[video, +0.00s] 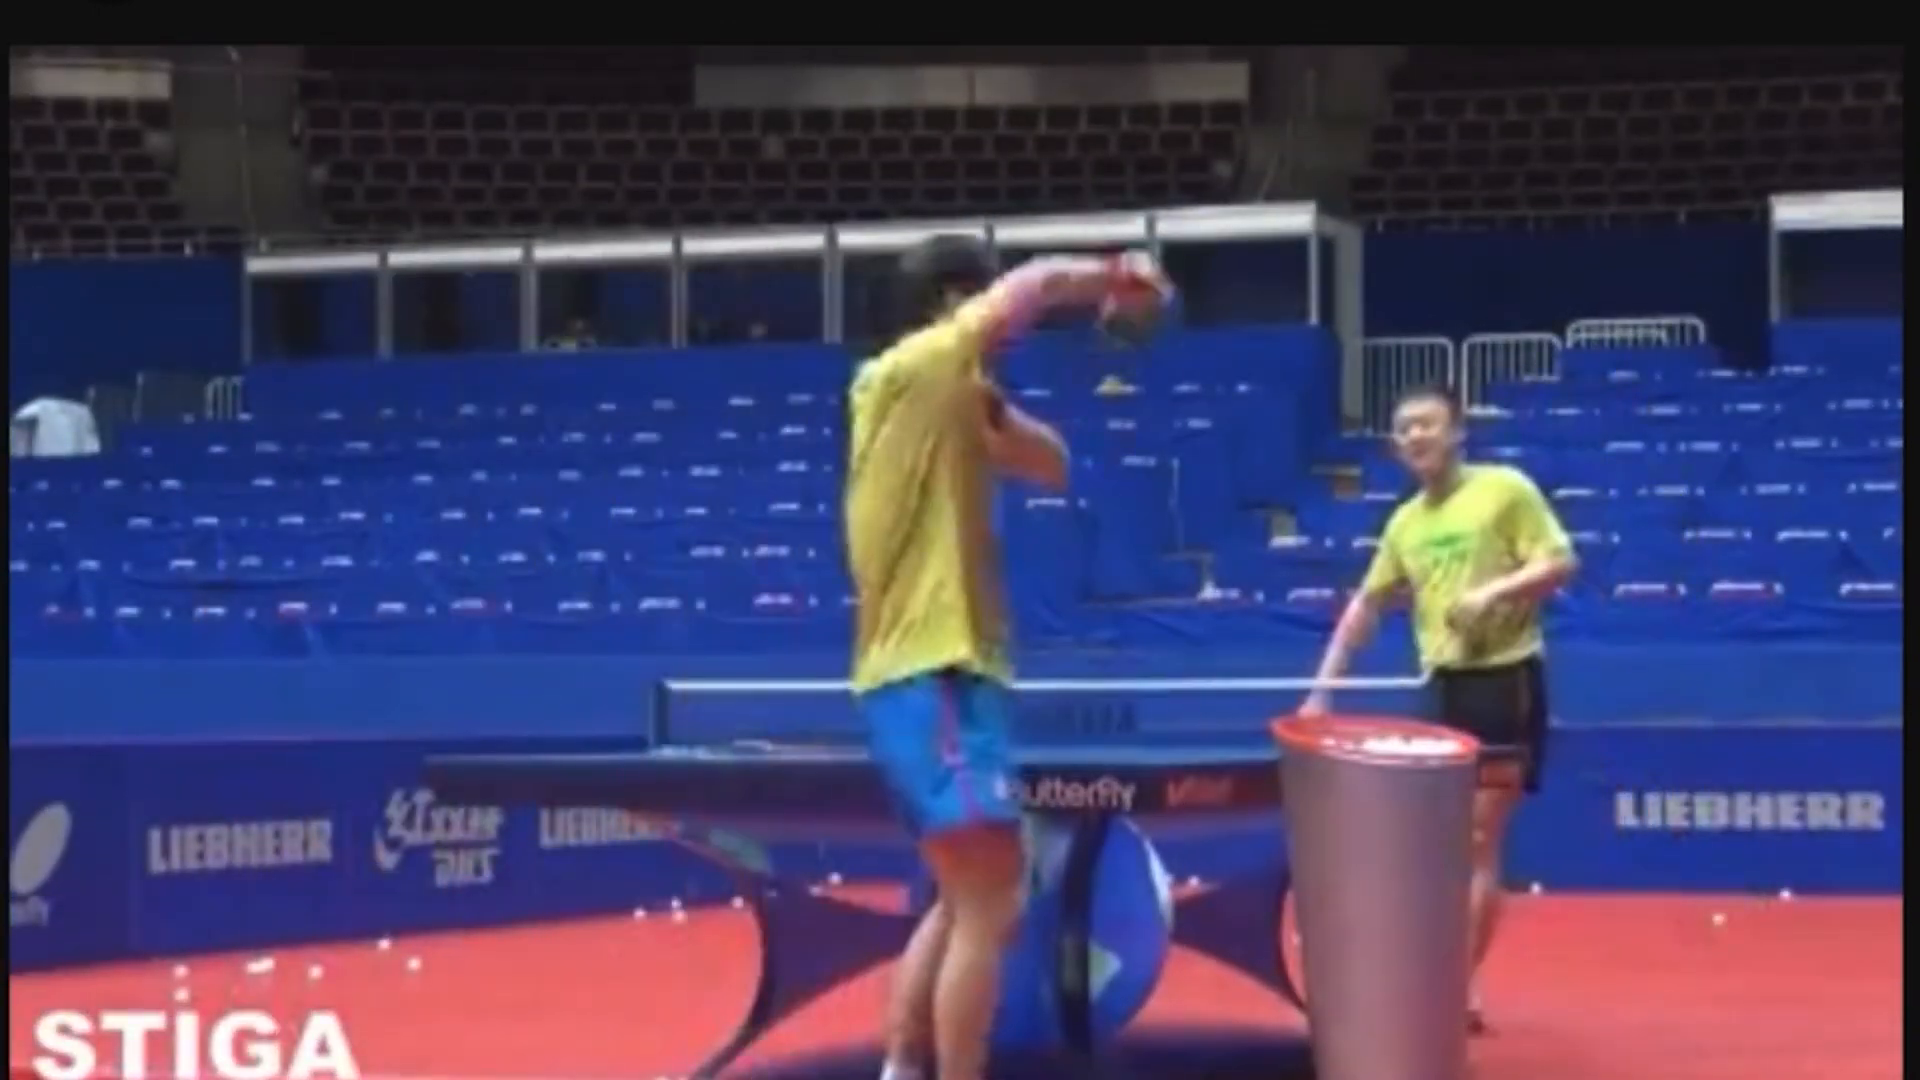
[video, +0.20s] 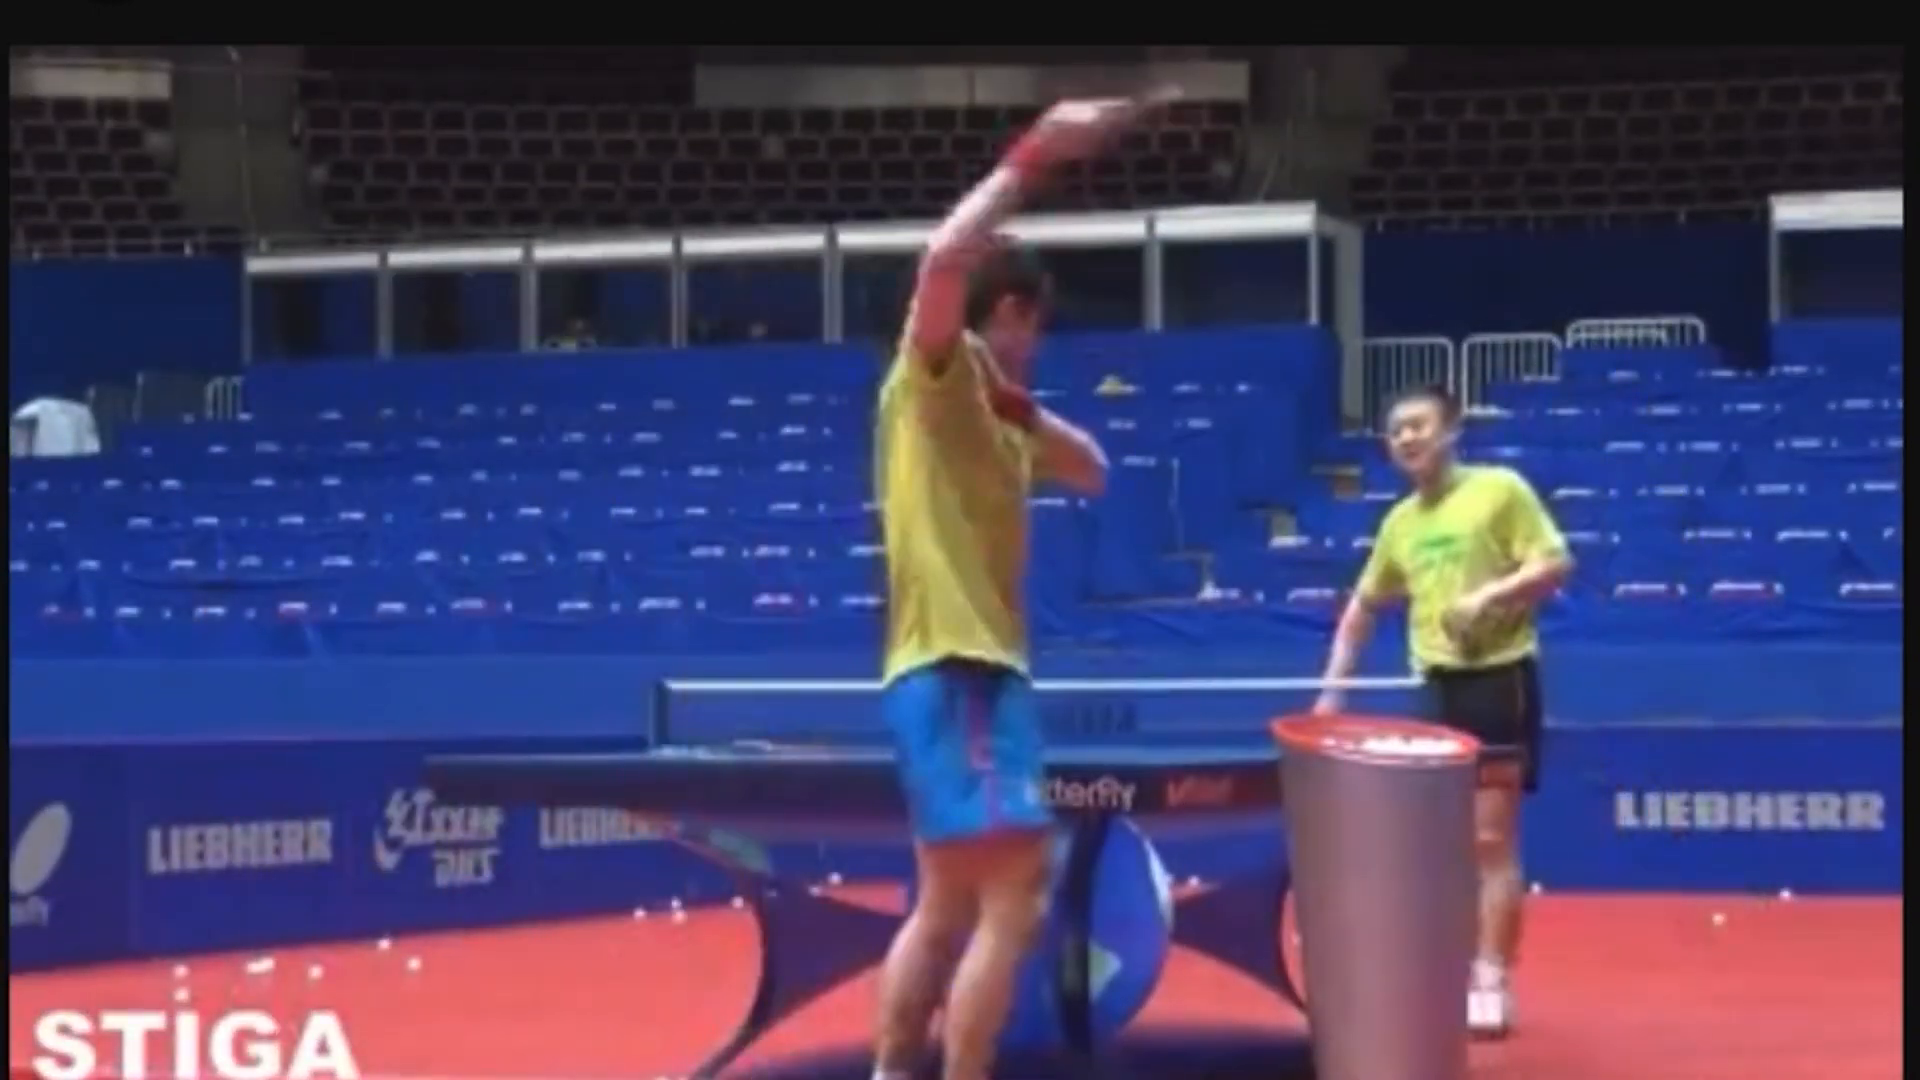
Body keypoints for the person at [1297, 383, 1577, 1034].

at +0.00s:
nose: (1418, 437)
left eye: (1430, 425)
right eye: (1408, 428)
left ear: (1458, 431)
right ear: (1396, 443)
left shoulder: (1505, 488)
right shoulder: (1404, 523)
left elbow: (1559, 560)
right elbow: (1365, 605)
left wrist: (1489, 595)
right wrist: (1323, 686)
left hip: (1504, 675)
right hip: (1443, 679)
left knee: (1481, 841)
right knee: (1435, 838)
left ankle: (1461, 987)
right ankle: (1431, 984)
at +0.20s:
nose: (1408, 440)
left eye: (1419, 426)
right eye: (1398, 431)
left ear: (1451, 430)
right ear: (1389, 445)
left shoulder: (1499, 489)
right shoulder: (1400, 522)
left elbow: (1553, 560)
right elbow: (1362, 606)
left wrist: (1483, 600)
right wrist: (1333, 685)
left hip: (1499, 672)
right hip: (1438, 677)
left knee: (1491, 834)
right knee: (1446, 834)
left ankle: (1492, 978)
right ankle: (1464, 972)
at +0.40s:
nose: (1409, 443)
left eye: (1421, 429)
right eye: (1400, 433)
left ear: (1453, 432)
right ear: (1393, 446)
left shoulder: (1500, 491)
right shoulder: (1400, 523)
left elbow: (1543, 569)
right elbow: (1379, 606)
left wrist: (1467, 610)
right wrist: (1352, 669)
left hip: (1504, 670)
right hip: (1441, 678)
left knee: (1519, 827)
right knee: (1446, 840)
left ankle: (1554, 973)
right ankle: (1454, 984)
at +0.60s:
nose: (1430, 439)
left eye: (1443, 426)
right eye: (1421, 428)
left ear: (1474, 432)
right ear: (1411, 439)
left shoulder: (1515, 494)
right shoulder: (1409, 517)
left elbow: (1540, 573)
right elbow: (1395, 596)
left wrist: (1455, 612)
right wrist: (1408, 619)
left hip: (1514, 670)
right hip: (1448, 673)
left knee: (1546, 834)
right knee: (1449, 843)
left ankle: (1583, 977)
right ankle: (1456, 984)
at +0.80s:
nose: (1481, 435)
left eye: (1494, 423)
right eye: (1473, 424)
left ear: (1520, 434)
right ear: (1460, 435)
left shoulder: (1560, 503)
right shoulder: (1440, 509)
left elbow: (1576, 591)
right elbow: (1418, 587)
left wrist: (1506, 601)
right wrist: (1443, 602)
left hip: (1538, 680)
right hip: (1462, 680)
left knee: (1562, 843)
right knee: (1458, 846)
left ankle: (1586, 984)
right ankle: (1458, 985)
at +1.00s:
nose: (1541, 433)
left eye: (1555, 422)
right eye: (1532, 421)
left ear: (1581, 432)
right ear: (1518, 430)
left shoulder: (1609, 514)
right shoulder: (1485, 500)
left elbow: (1613, 605)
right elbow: (1454, 579)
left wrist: (1546, 613)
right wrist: (1500, 619)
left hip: (1566, 684)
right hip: (1492, 680)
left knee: (1579, 846)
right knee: (1476, 840)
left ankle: (1590, 985)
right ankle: (1463, 979)